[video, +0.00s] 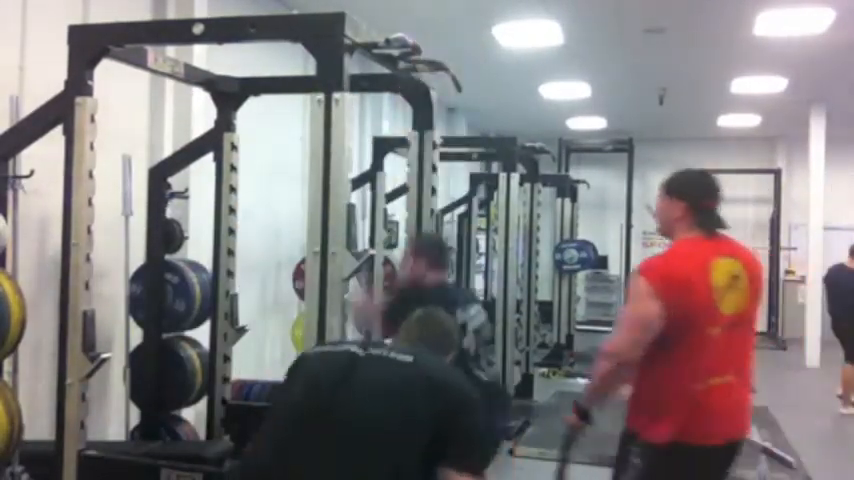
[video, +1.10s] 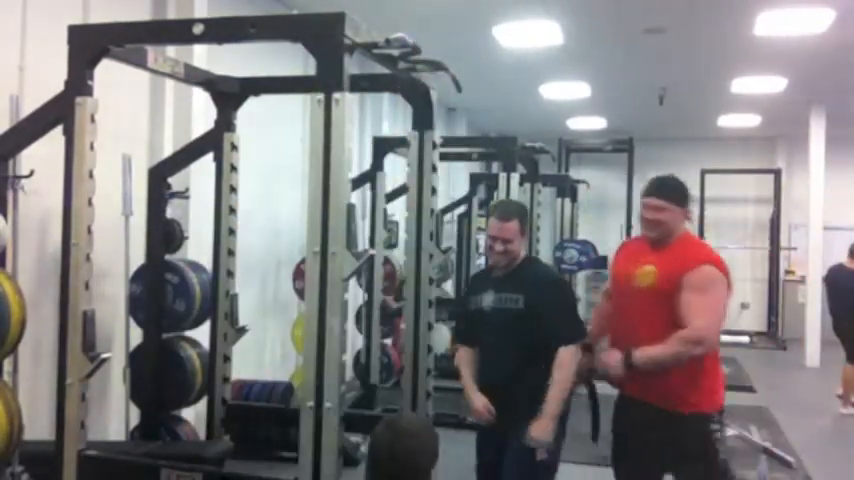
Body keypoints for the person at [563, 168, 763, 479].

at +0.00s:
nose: (655, 209)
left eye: (661, 200)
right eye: (657, 200)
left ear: (680, 207)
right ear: (708, 206)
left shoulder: (658, 273)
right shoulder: (748, 263)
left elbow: (622, 354)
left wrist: (584, 406)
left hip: (666, 430)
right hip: (726, 429)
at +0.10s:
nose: (635, 203)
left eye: (639, 194)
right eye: (636, 194)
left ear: (655, 200)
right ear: (684, 198)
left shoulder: (638, 260)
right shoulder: (724, 251)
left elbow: (592, 335)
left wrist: (559, 371)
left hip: (649, 421)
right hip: (705, 418)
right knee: (675, 473)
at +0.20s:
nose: (617, 200)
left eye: (621, 192)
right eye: (619, 192)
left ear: (639, 198)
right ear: (666, 197)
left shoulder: (622, 258)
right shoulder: (706, 249)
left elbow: (565, 328)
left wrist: (541, 344)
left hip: (636, 418)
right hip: (689, 415)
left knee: (621, 474)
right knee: (659, 473)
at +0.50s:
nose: (588, 207)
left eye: (593, 200)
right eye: (590, 200)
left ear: (615, 205)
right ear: (628, 205)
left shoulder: (614, 258)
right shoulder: (661, 247)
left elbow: (570, 331)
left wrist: (530, 341)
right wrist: (569, 346)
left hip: (618, 409)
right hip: (652, 405)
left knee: (602, 473)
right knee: (635, 473)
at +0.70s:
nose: (580, 210)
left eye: (587, 202)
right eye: (580, 202)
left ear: (614, 206)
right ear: (613, 206)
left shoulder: (626, 251)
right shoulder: (624, 244)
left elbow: (620, 329)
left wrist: (570, 341)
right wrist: (575, 331)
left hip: (632, 400)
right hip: (626, 396)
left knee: (624, 472)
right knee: (618, 472)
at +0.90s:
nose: (606, 214)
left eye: (617, 206)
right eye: (604, 205)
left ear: (643, 209)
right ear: (600, 205)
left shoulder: (657, 255)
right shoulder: (608, 249)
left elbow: (652, 329)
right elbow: (595, 307)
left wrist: (589, 337)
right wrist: (577, 324)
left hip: (655, 403)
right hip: (618, 397)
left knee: (652, 473)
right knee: (619, 471)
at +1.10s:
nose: (650, 216)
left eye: (661, 209)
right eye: (646, 207)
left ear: (685, 214)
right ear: (639, 209)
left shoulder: (701, 264)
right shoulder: (628, 251)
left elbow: (701, 338)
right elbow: (609, 303)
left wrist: (629, 360)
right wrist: (588, 344)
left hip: (689, 413)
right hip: (635, 405)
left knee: (698, 473)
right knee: (631, 473)